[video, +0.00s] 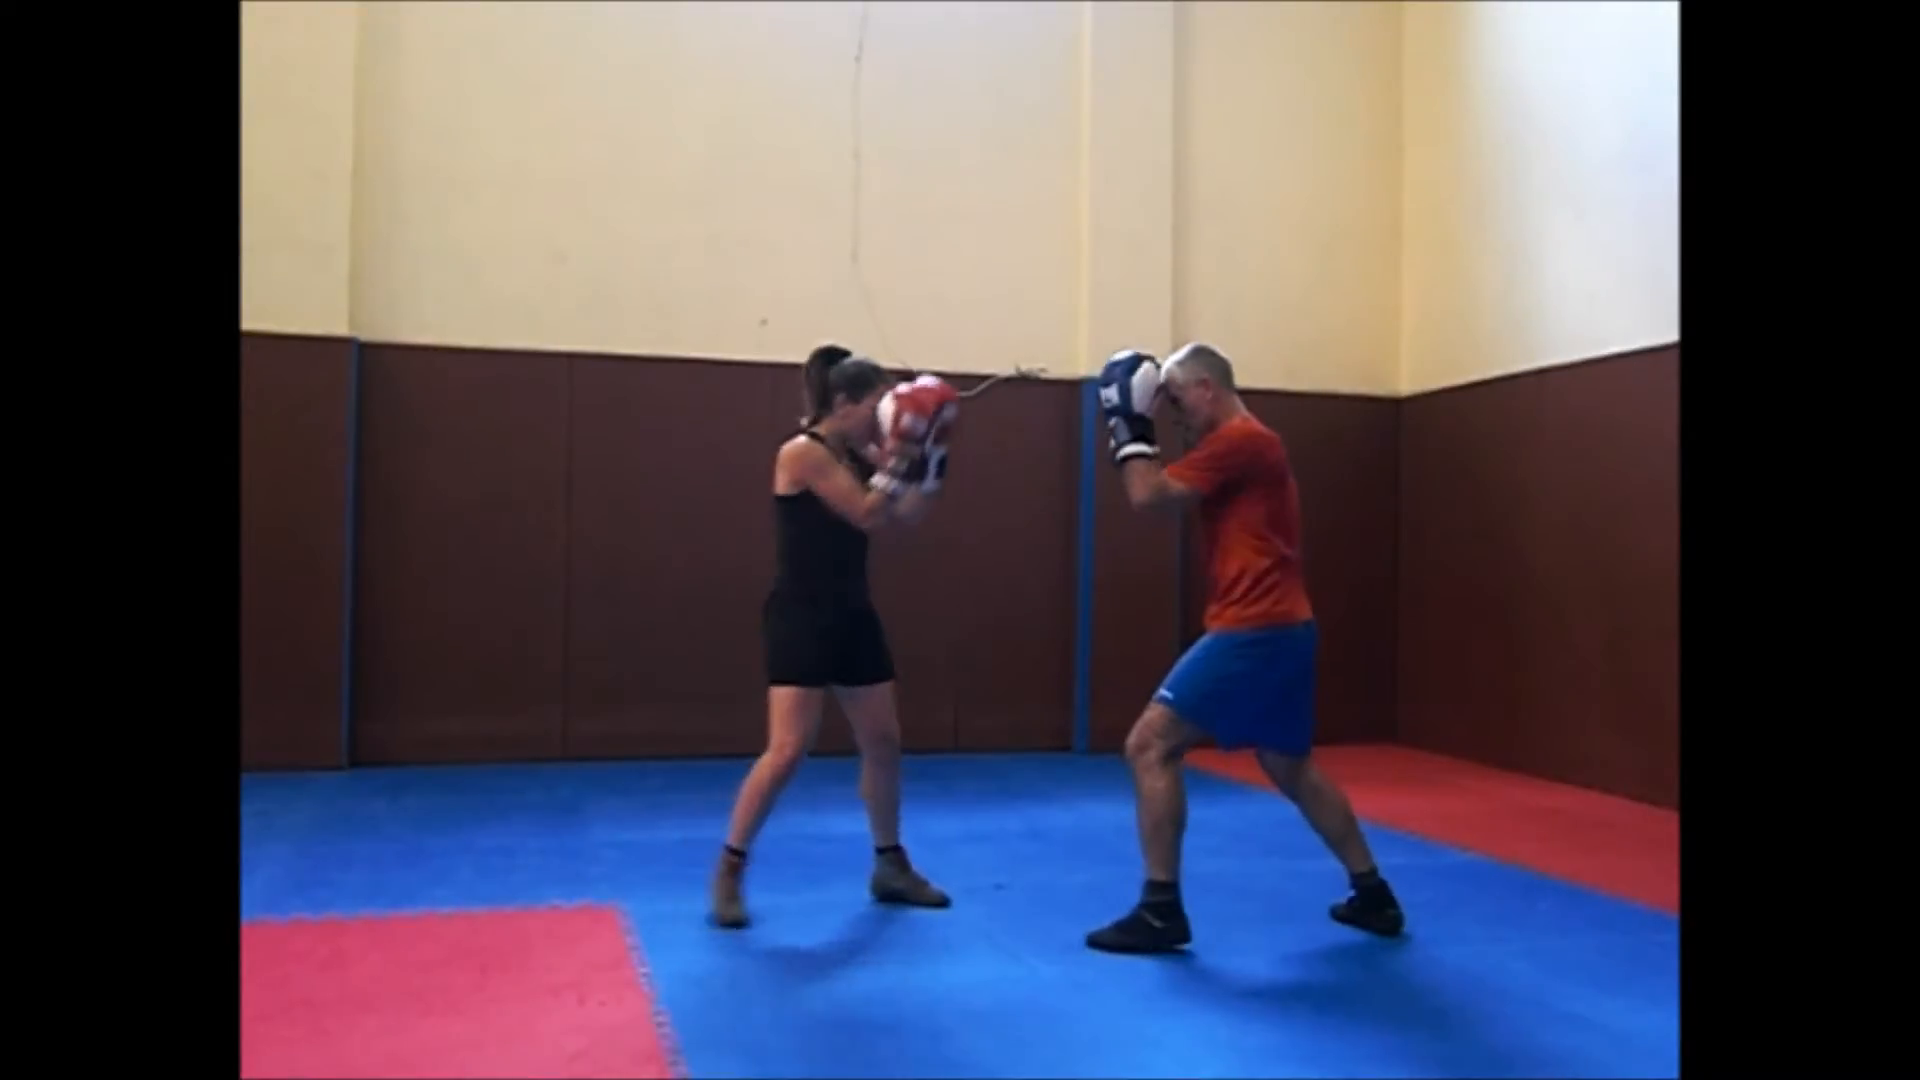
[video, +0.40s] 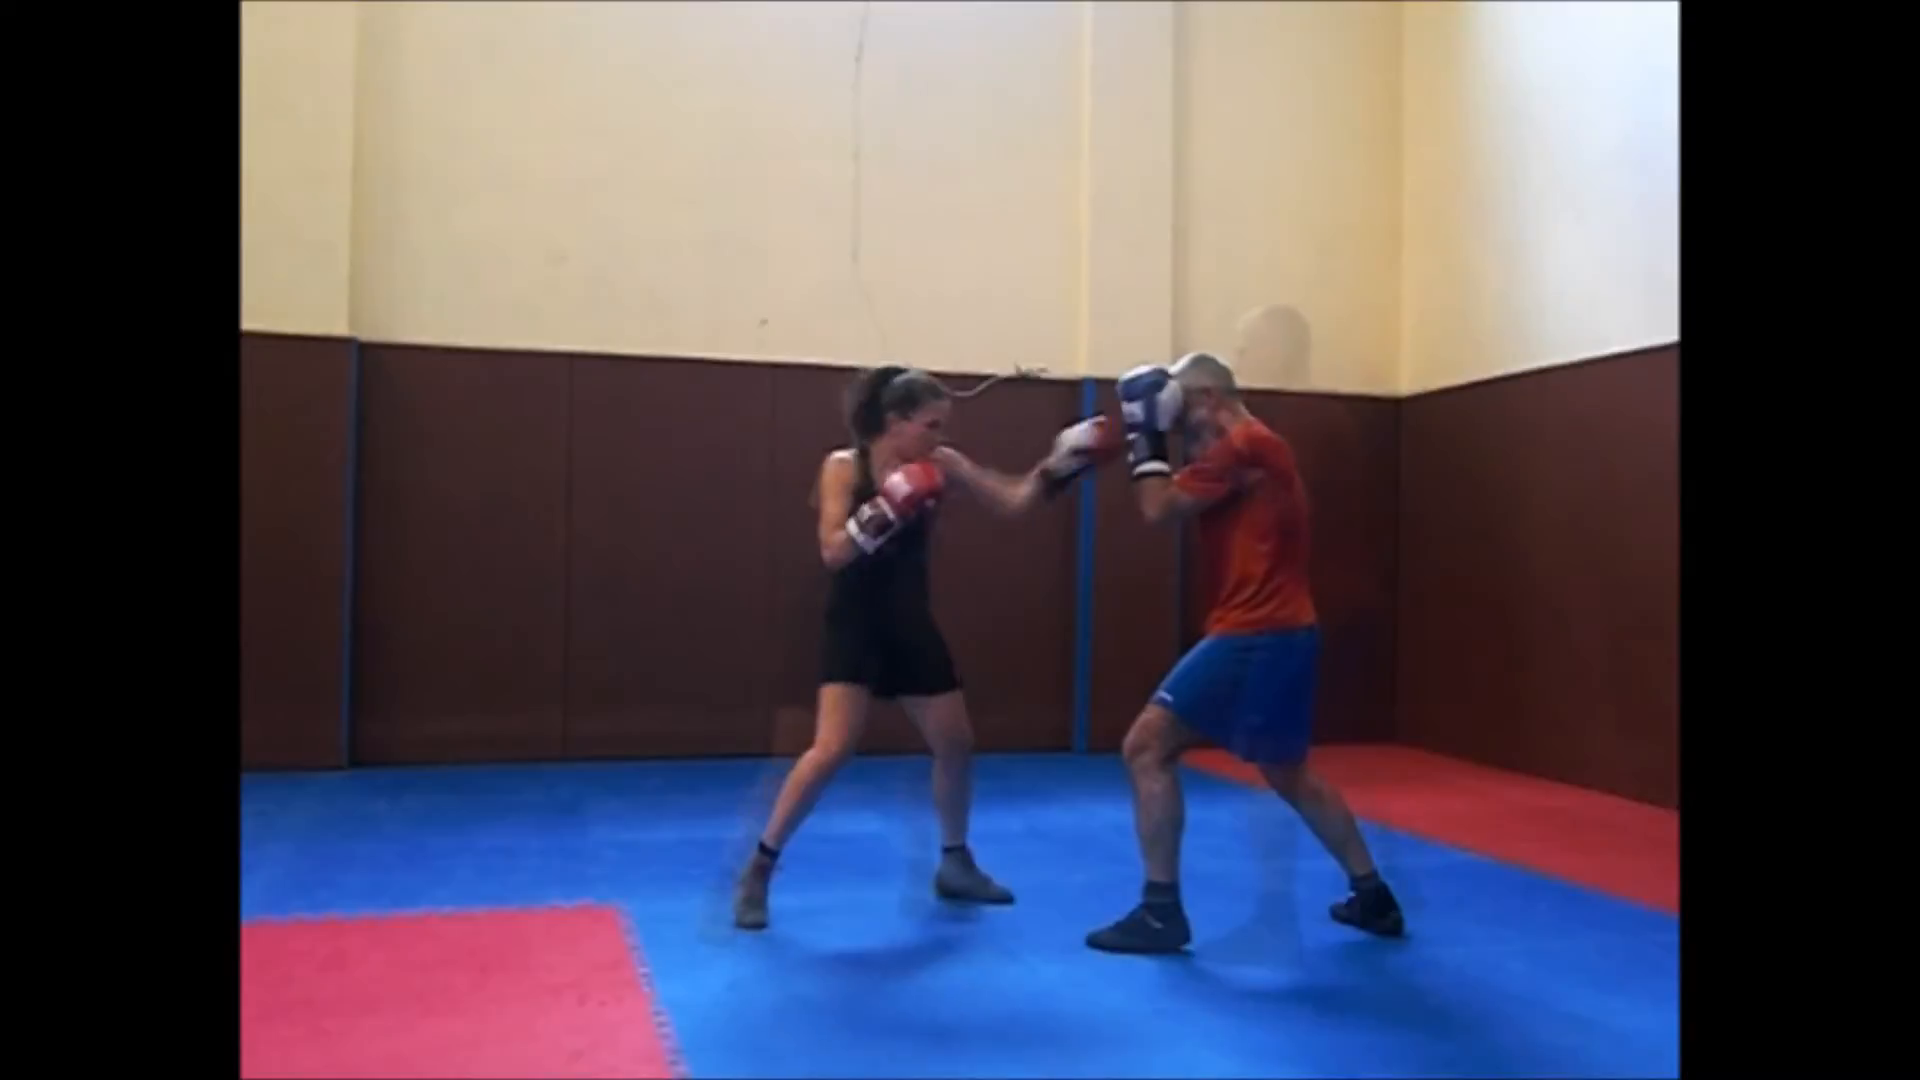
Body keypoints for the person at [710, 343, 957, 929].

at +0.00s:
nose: (877, 417)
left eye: (879, 407)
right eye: (871, 406)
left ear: (847, 405)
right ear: (841, 402)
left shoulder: (851, 456)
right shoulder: (802, 453)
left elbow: (903, 513)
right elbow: (865, 512)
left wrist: (931, 458)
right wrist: (899, 460)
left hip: (851, 617)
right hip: (800, 618)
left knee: (882, 741)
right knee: (786, 749)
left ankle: (890, 865)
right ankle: (730, 869)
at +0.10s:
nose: (886, 433)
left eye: (887, 423)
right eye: (881, 422)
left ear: (851, 420)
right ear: (852, 419)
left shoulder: (843, 467)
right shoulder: (813, 465)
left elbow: (893, 523)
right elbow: (897, 514)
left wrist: (919, 463)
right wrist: (918, 460)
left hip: (850, 623)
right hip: (806, 629)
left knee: (930, 713)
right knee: (809, 758)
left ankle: (916, 835)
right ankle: (755, 875)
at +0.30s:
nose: (918, 430)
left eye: (921, 420)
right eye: (910, 419)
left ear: (910, 418)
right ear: (872, 414)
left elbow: (988, 485)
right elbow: (826, 542)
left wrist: (1036, 456)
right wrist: (884, 494)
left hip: (898, 615)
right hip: (837, 618)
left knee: (948, 735)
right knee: (812, 741)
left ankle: (961, 850)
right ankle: (751, 871)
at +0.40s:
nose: (937, 438)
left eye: (940, 428)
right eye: (930, 426)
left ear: (929, 427)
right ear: (891, 420)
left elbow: (1014, 497)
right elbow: (832, 551)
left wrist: (1059, 463)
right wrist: (884, 509)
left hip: (912, 626)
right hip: (856, 627)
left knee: (955, 741)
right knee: (833, 746)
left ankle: (956, 865)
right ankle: (759, 870)